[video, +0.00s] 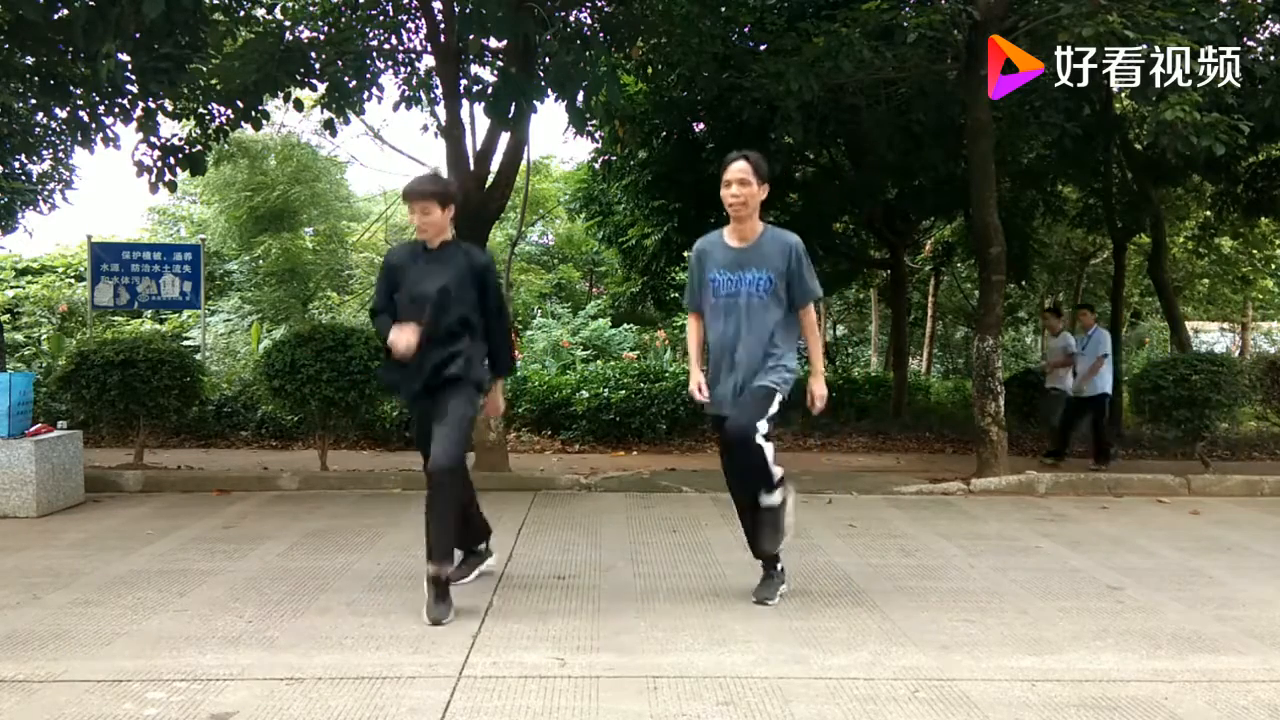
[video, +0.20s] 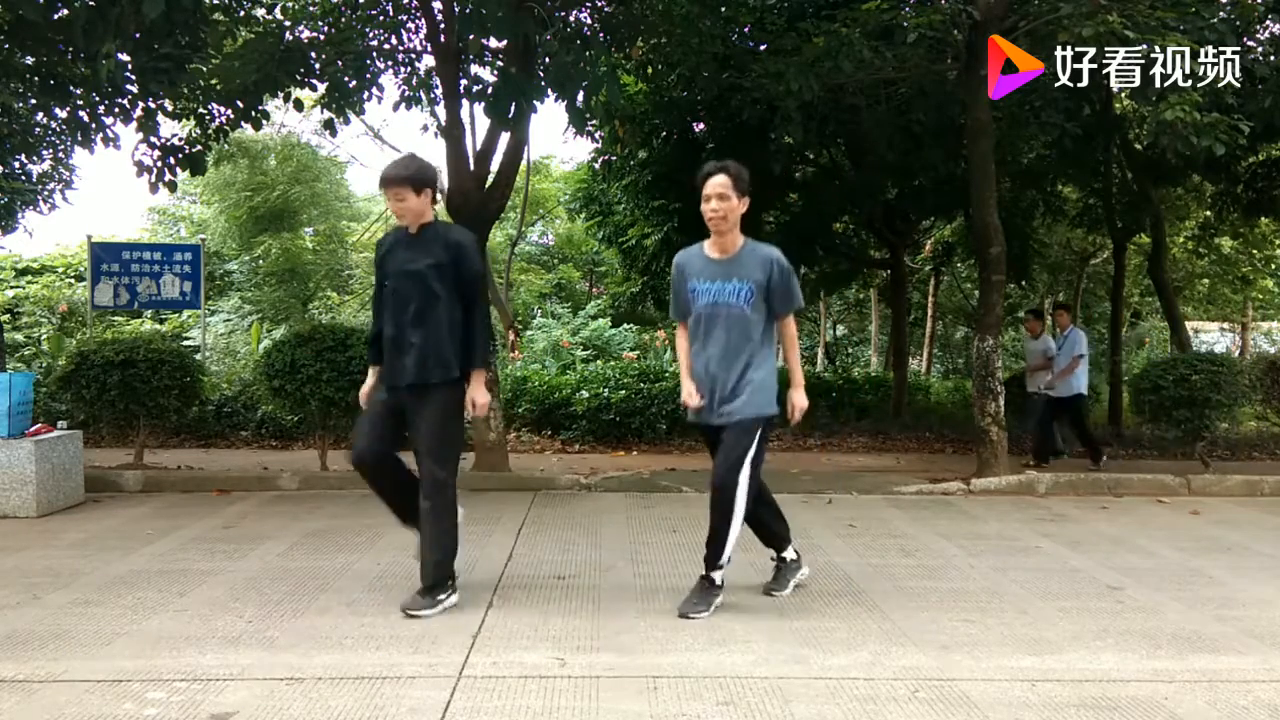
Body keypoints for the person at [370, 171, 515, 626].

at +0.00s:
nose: (418, 220)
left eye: (425, 212)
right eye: (413, 213)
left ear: (448, 212)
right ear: (409, 216)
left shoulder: (475, 261)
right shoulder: (398, 260)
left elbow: (497, 322)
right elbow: (379, 312)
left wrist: (497, 382)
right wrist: (392, 331)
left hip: (463, 374)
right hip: (418, 378)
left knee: (443, 464)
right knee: (440, 465)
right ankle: (477, 542)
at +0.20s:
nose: (392, 206)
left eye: (399, 198)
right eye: (389, 199)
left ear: (427, 195)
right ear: (389, 200)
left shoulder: (458, 242)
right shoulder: (388, 246)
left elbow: (477, 313)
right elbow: (381, 313)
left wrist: (478, 378)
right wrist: (374, 371)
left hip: (441, 378)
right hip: (395, 378)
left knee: (435, 478)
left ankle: (439, 584)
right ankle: (431, 518)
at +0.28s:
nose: (382, 209)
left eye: (389, 200)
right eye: (378, 201)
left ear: (415, 198)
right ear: (379, 203)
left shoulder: (447, 247)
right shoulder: (384, 250)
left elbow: (473, 315)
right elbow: (381, 314)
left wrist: (473, 382)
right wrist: (378, 365)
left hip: (435, 377)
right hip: (390, 371)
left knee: (430, 474)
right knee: (335, 409)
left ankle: (446, 572)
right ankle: (383, 476)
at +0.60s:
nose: (334, 214)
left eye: (340, 205)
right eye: (330, 207)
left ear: (368, 202)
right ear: (334, 209)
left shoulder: (397, 250)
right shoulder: (339, 257)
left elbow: (418, 320)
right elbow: (345, 320)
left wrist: (422, 387)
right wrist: (331, 373)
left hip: (384, 384)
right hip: (337, 380)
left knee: (409, 468)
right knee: (280, 449)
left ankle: (448, 550)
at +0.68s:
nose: (325, 225)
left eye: (334, 217)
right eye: (322, 218)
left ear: (360, 220)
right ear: (320, 224)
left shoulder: (381, 271)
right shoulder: (324, 277)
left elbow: (405, 339)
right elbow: (333, 339)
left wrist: (413, 403)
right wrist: (317, 392)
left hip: (373, 405)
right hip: (324, 402)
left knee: (409, 485)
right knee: (271, 473)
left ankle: (454, 560)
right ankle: (271, 581)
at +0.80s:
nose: (311, 197)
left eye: (320, 188)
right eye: (302, 189)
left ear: (336, 194)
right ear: (292, 197)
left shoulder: (355, 248)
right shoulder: (281, 253)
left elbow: (391, 312)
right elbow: (278, 319)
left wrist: (404, 374)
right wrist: (262, 367)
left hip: (343, 384)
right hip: (289, 384)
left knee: (374, 470)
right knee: (255, 468)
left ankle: (436, 543)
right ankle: (266, 572)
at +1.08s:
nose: (272, 206)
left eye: (280, 198)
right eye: (263, 198)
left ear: (293, 205)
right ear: (249, 204)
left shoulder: (313, 252)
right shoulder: (233, 250)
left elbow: (387, 259)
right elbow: (181, 248)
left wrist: (369, 298)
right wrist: (151, 273)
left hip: (291, 380)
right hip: (241, 383)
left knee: (256, 451)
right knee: (238, 484)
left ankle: (346, 521)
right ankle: (238, 574)